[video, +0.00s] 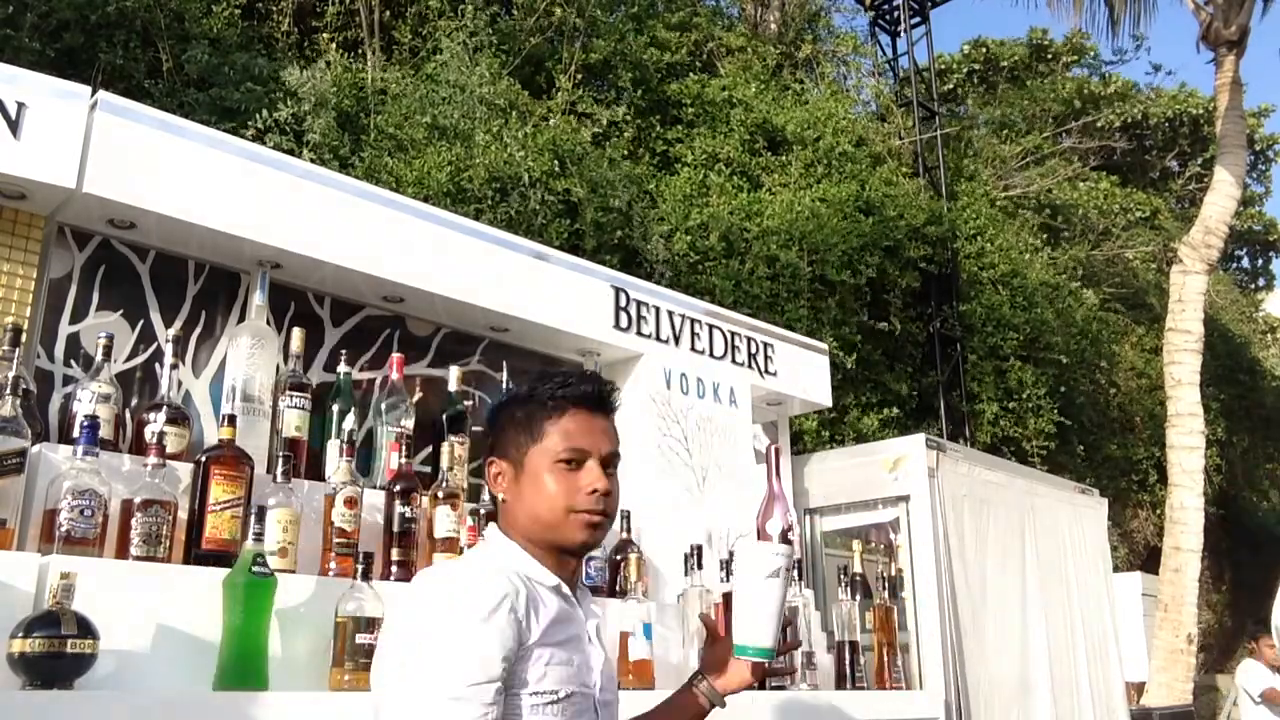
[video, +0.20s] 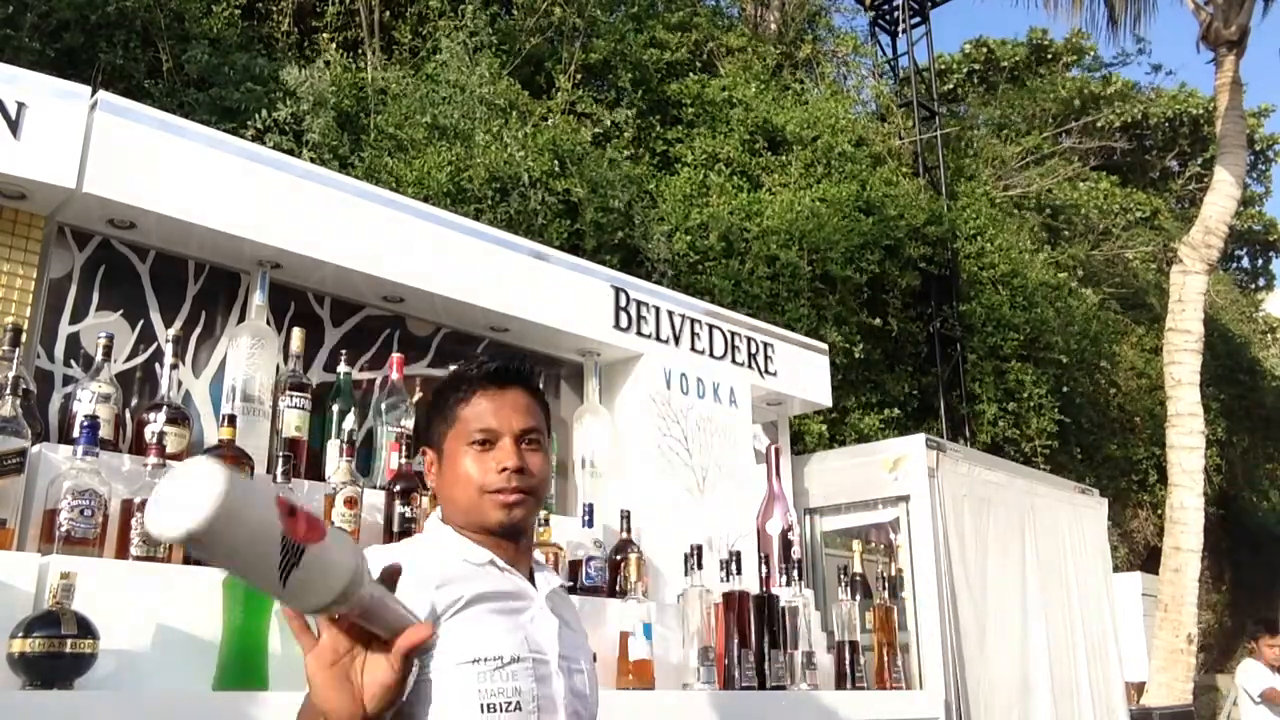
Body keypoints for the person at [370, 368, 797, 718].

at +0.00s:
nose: (600, 484)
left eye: (609, 466)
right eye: (571, 463)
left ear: (618, 476)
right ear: (501, 479)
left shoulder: (578, 607)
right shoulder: (474, 600)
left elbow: (602, 713)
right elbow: (448, 706)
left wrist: (708, 684)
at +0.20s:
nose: (514, 462)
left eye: (530, 442)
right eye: (485, 443)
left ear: (550, 461)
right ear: (432, 469)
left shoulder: (557, 598)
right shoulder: (384, 580)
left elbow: (575, 709)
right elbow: (323, 707)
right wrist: (334, 712)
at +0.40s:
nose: (508, 449)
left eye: (519, 432)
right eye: (481, 431)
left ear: (534, 447)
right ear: (420, 462)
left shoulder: (528, 585)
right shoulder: (384, 553)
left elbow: (555, 707)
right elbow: (418, 705)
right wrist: (498, 528)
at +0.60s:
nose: (545, 468)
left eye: (539, 449)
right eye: (527, 446)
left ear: (453, 451)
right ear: (455, 448)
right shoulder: (452, 543)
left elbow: (534, 706)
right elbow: (610, 652)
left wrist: (654, 700)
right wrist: (724, 493)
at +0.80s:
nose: (548, 473)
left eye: (543, 453)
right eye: (534, 451)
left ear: (467, 453)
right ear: (473, 451)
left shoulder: (423, 548)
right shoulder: (498, 547)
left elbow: (474, 680)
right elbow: (624, 699)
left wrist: (596, 636)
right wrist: (754, 635)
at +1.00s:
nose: (558, 475)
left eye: (547, 453)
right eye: (539, 451)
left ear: (475, 466)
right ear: (479, 464)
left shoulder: (380, 598)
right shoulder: (547, 551)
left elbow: (350, 693)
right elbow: (682, 699)